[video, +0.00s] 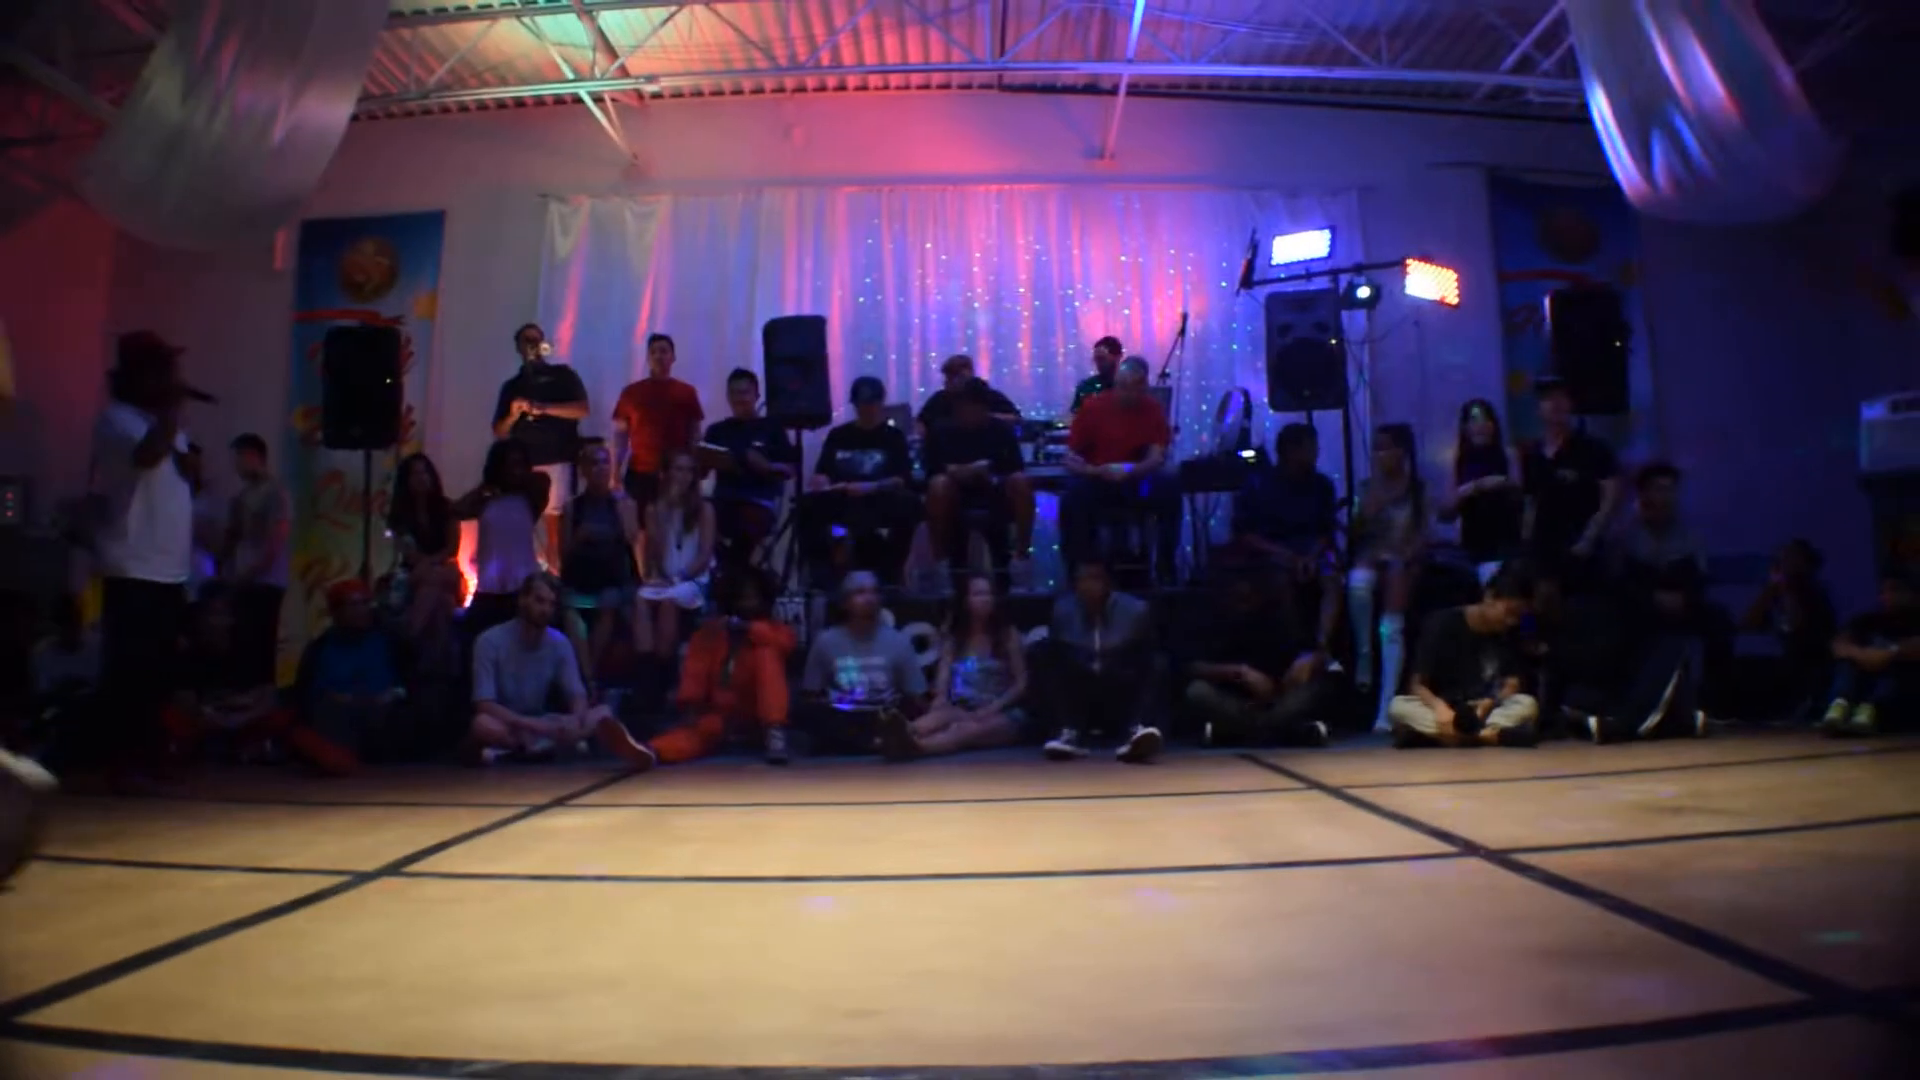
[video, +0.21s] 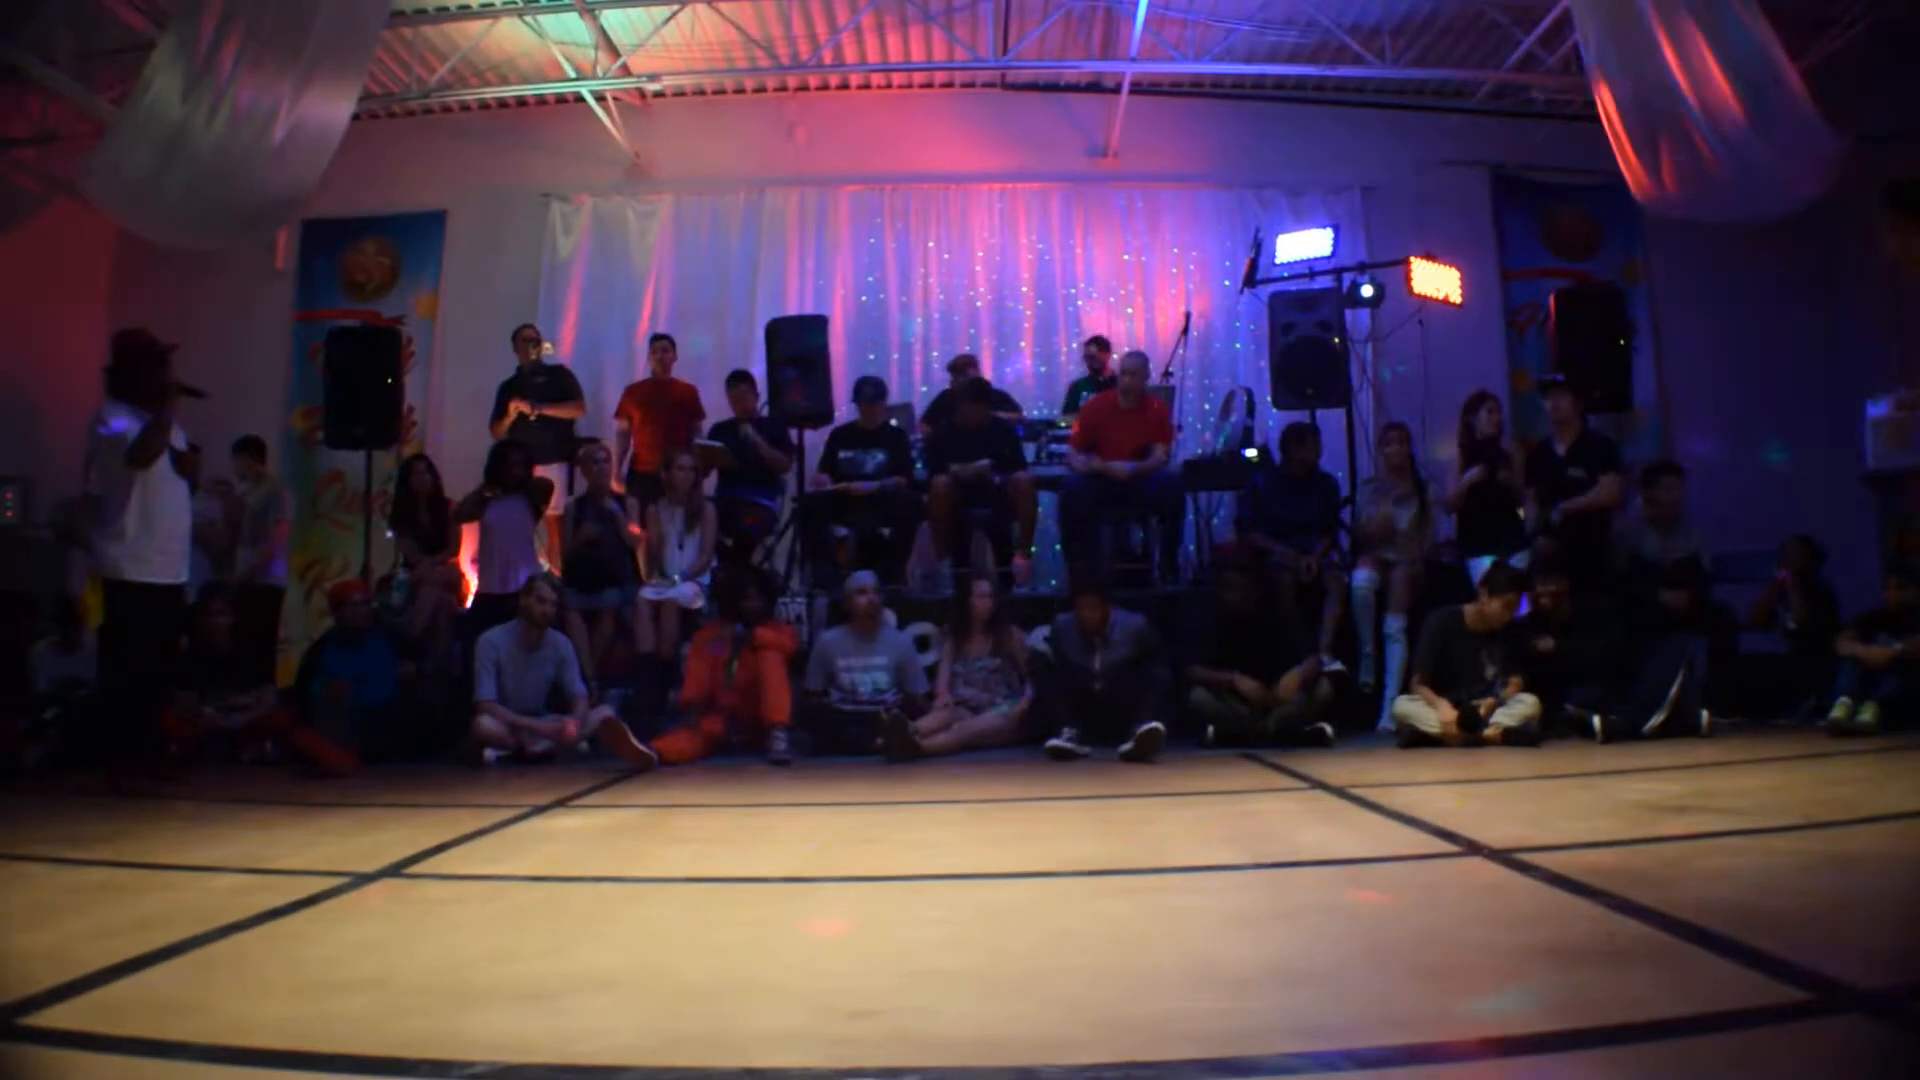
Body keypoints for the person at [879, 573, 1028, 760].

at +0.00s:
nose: (983, 600)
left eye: (987, 594)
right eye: (977, 594)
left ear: (995, 598)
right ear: (965, 599)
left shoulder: (1007, 635)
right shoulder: (954, 638)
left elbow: (1021, 683)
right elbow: (942, 680)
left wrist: (992, 708)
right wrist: (941, 703)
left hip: (996, 708)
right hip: (962, 707)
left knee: (967, 730)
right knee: (942, 714)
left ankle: (918, 747)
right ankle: (906, 731)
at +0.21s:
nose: (984, 604)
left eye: (988, 597)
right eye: (979, 597)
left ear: (995, 600)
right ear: (966, 600)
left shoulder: (1009, 635)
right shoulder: (954, 637)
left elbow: (1029, 677)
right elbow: (943, 678)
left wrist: (1024, 704)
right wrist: (944, 699)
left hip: (1000, 705)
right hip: (964, 704)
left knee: (965, 730)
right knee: (945, 714)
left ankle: (921, 747)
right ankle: (908, 730)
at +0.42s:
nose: (984, 610)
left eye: (986, 604)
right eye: (978, 604)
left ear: (991, 605)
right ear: (962, 606)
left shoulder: (1005, 635)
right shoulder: (946, 641)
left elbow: (1024, 679)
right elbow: (936, 682)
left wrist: (1030, 717)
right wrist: (941, 697)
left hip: (1000, 707)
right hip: (962, 706)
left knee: (964, 731)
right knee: (942, 715)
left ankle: (920, 747)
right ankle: (907, 730)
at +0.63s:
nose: (1007, 612)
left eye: (1009, 606)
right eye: (1001, 607)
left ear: (1014, 607)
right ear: (985, 608)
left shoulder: (1026, 637)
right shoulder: (968, 645)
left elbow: (1048, 680)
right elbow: (960, 688)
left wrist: (1054, 718)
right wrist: (969, 703)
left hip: (1022, 707)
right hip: (987, 707)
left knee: (995, 730)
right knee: (969, 710)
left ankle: (944, 747)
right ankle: (935, 731)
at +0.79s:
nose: (1000, 611)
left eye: (1003, 605)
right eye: (993, 605)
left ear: (1008, 606)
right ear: (977, 606)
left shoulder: (1021, 634)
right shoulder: (963, 643)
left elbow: (1042, 673)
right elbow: (956, 688)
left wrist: (1049, 712)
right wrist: (965, 705)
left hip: (1021, 706)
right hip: (982, 708)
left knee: (986, 732)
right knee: (961, 717)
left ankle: (937, 747)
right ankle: (932, 730)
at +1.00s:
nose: (997, 608)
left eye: (1003, 602)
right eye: (992, 601)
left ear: (1014, 604)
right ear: (983, 604)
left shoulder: (1033, 636)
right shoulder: (973, 640)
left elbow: (1056, 672)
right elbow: (963, 684)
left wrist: (1058, 717)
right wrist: (970, 697)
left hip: (1028, 705)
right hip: (988, 703)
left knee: (992, 729)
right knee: (969, 712)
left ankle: (943, 746)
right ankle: (936, 728)